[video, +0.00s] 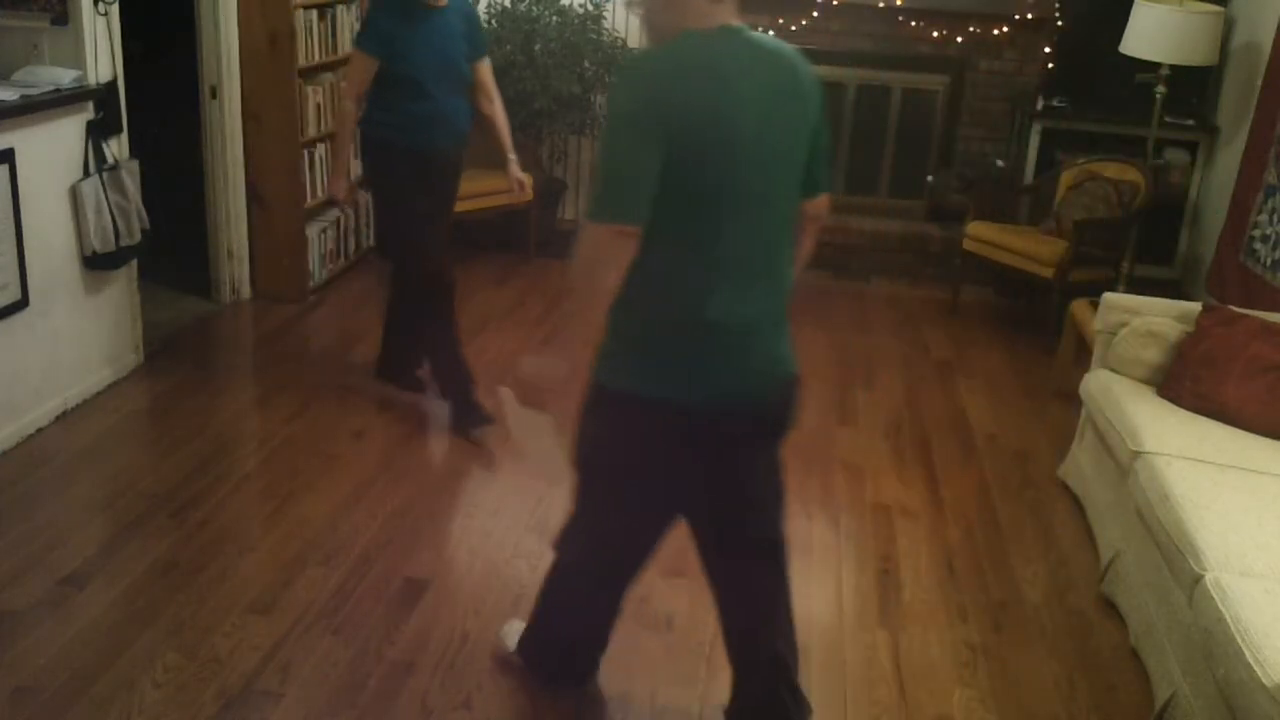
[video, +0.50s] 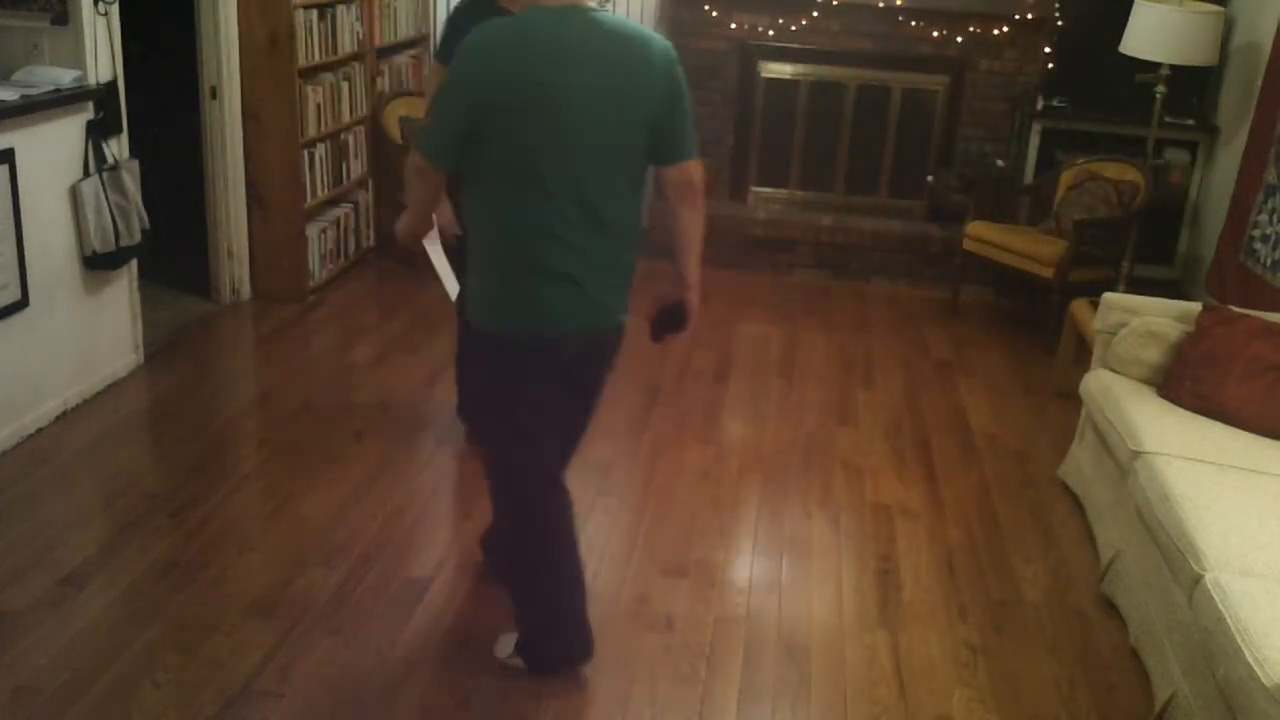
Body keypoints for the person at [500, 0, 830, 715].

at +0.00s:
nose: (638, 16)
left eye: (640, 7)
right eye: (640, 9)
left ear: (659, 6)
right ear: (728, 3)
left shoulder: (651, 76)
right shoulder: (794, 71)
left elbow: (614, 233)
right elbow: (812, 210)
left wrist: (562, 357)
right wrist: (761, 303)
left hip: (653, 373)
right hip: (756, 368)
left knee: (602, 538)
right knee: (753, 561)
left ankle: (555, 665)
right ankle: (773, 705)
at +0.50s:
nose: (495, 6)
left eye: (497, 2)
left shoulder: (488, 47)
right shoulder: (650, 54)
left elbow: (427, 165)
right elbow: (685, 182)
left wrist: (416, 220)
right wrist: (688, 286)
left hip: (506, 304)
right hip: (597, 305)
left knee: (523, 466)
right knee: (542, 447)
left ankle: (558, 640)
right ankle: (511, 543)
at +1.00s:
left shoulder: (419, 26)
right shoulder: (563, 32)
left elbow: (390, 135)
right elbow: (585, 151)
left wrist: (414, 205)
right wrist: (590, 238)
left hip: (432, 251)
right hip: (522, 257)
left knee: (428, 380)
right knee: (509, 413)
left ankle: (418, 485)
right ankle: (505, 552)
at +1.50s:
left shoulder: (382, 11)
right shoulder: (501, 13)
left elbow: (379, 95)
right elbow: (517, 107)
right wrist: (542, 193)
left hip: (403, 215)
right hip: (481, 211)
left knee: (416, 348)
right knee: (477, 310)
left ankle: (422, 473)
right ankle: (486, 410)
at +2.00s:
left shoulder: (377, 10)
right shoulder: (497, 7)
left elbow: (314, 74)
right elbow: (549, 67)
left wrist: (281, 126)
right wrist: (570, 107)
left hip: (404, 187)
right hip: (476, 184)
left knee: (393, 297)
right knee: (473, 302)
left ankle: (372, 386)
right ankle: (484, 408)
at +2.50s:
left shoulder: (322, 5)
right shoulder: (393, 5)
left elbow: (304, 77)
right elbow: (403, 59)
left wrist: (279, 155)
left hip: (340, 159)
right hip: (385, 152)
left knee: (336, 270)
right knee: (367, 265)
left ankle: (359, 376)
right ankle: (378, 367)